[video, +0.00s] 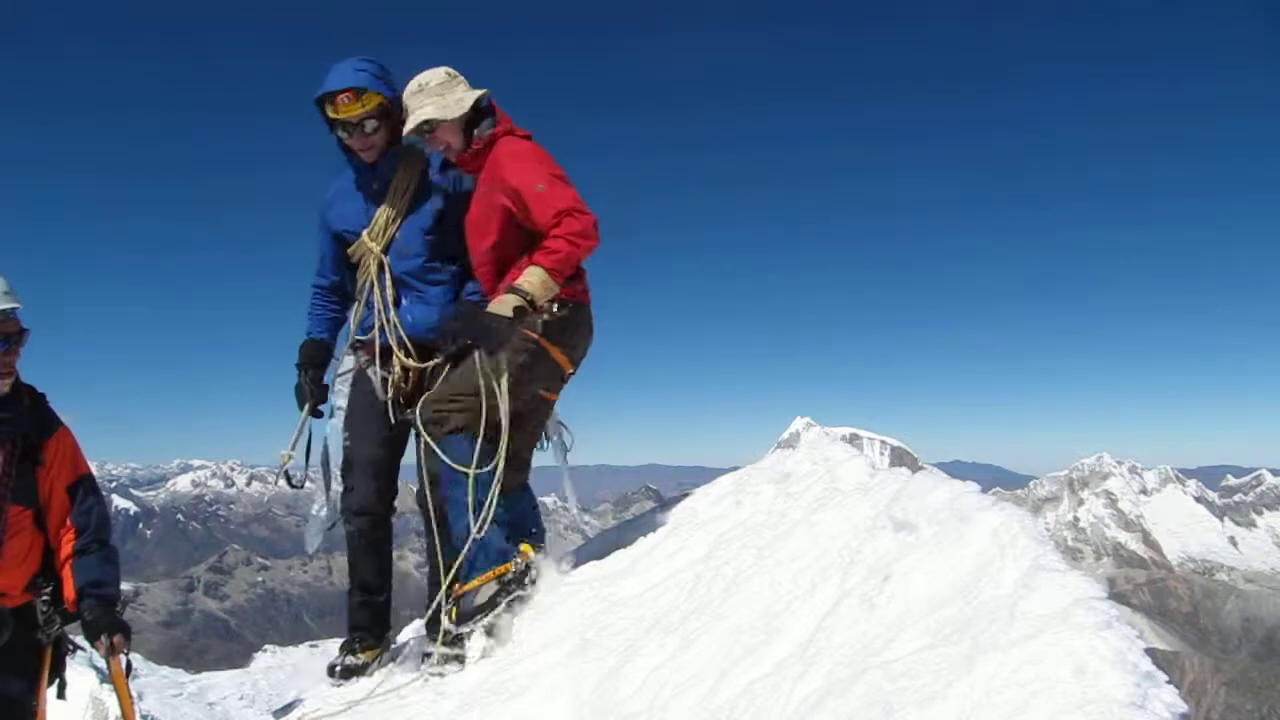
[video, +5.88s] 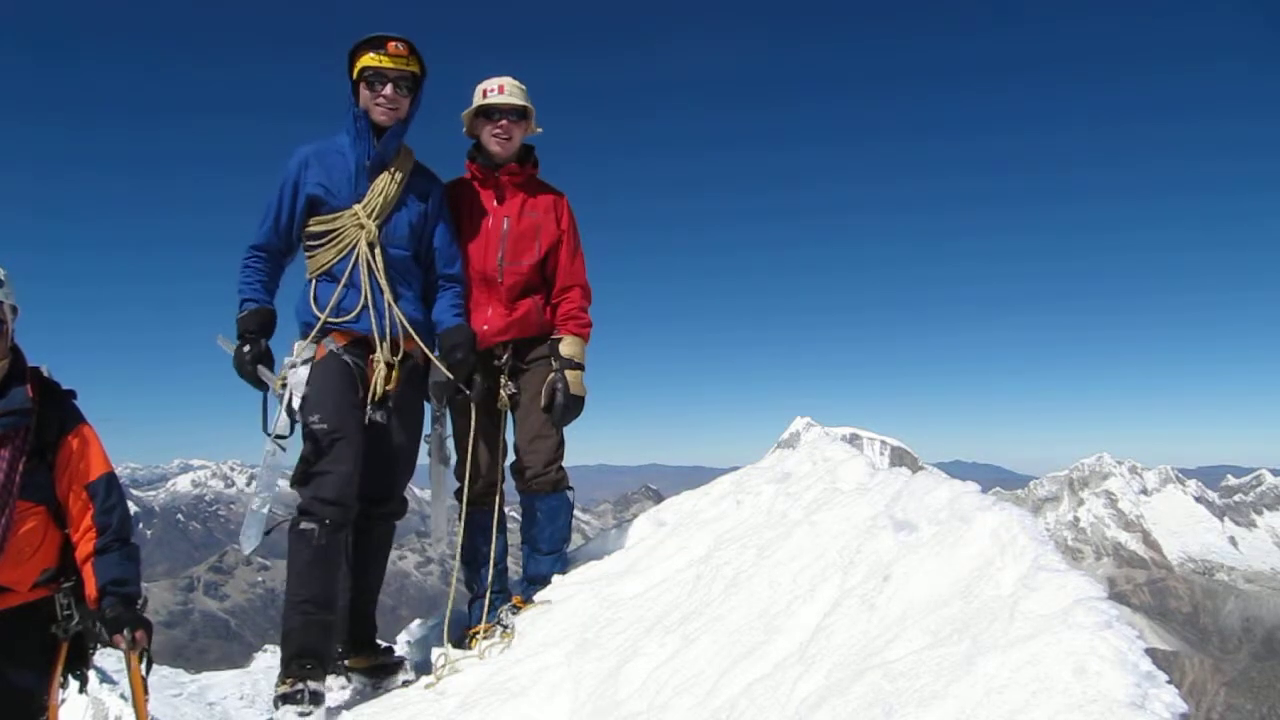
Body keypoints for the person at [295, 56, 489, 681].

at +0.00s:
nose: (361, 133)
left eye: (370, 117)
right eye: (346, 123)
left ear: (397, 113)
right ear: (334, 130)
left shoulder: (443, 179)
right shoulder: (340, 197)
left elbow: (486, 257)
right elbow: (328, 288)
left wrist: (466, 314)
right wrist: (314, 357)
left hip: (445, 352)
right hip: (374, 358)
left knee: (446, 485)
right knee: (363, 493)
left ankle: (452, 618)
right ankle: (367, 635)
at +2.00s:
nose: (364, 159)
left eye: (376, 146)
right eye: (351, 146)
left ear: (394, 141)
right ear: (330, 140)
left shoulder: (415, 201)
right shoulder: (305, 195)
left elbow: (428, 290)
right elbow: (273, 280)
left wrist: (413, 359)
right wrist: (270, 353)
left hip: (407, 366)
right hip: (337, 373)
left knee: (414, 499)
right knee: (343, 502)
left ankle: (410, 634)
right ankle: (355, 638)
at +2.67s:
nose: (359, 149)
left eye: (372, 136)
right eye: (346, 137)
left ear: (389, 129)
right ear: (328, 131)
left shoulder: (417, 194)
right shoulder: (308, 190)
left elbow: (450, 265)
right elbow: (285, 279)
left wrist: (443, 260)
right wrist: (277, 357)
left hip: (412, 363)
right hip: (340, 366)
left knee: (415, 496)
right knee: (346, 499)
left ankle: (411, 633)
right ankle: (353, 639)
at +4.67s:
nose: (391, 91)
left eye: (405, 81)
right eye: (379, 79)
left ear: (419, 91)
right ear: (360, 86)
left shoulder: (437, 180)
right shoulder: (320, 162)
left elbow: (465, 264)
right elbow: (280, 253)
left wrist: (503, 277)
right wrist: (266, 327)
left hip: (416, 354)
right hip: (341, 349)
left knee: (407, 502)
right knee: (335, 496)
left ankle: (390, 646)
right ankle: (316, 661)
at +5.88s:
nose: (389, 94)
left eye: (402, 85)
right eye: (378, 82)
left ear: (416, 96)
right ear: (357, 89)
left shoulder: (427, 186)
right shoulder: (313, 164)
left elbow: (448, 279)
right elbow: (264, 252)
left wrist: (452, 340)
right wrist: (255, 329)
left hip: (405, 357)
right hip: (332, 351)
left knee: (381, 500)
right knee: (332, 491)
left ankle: (357, 640)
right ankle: (303, 665)